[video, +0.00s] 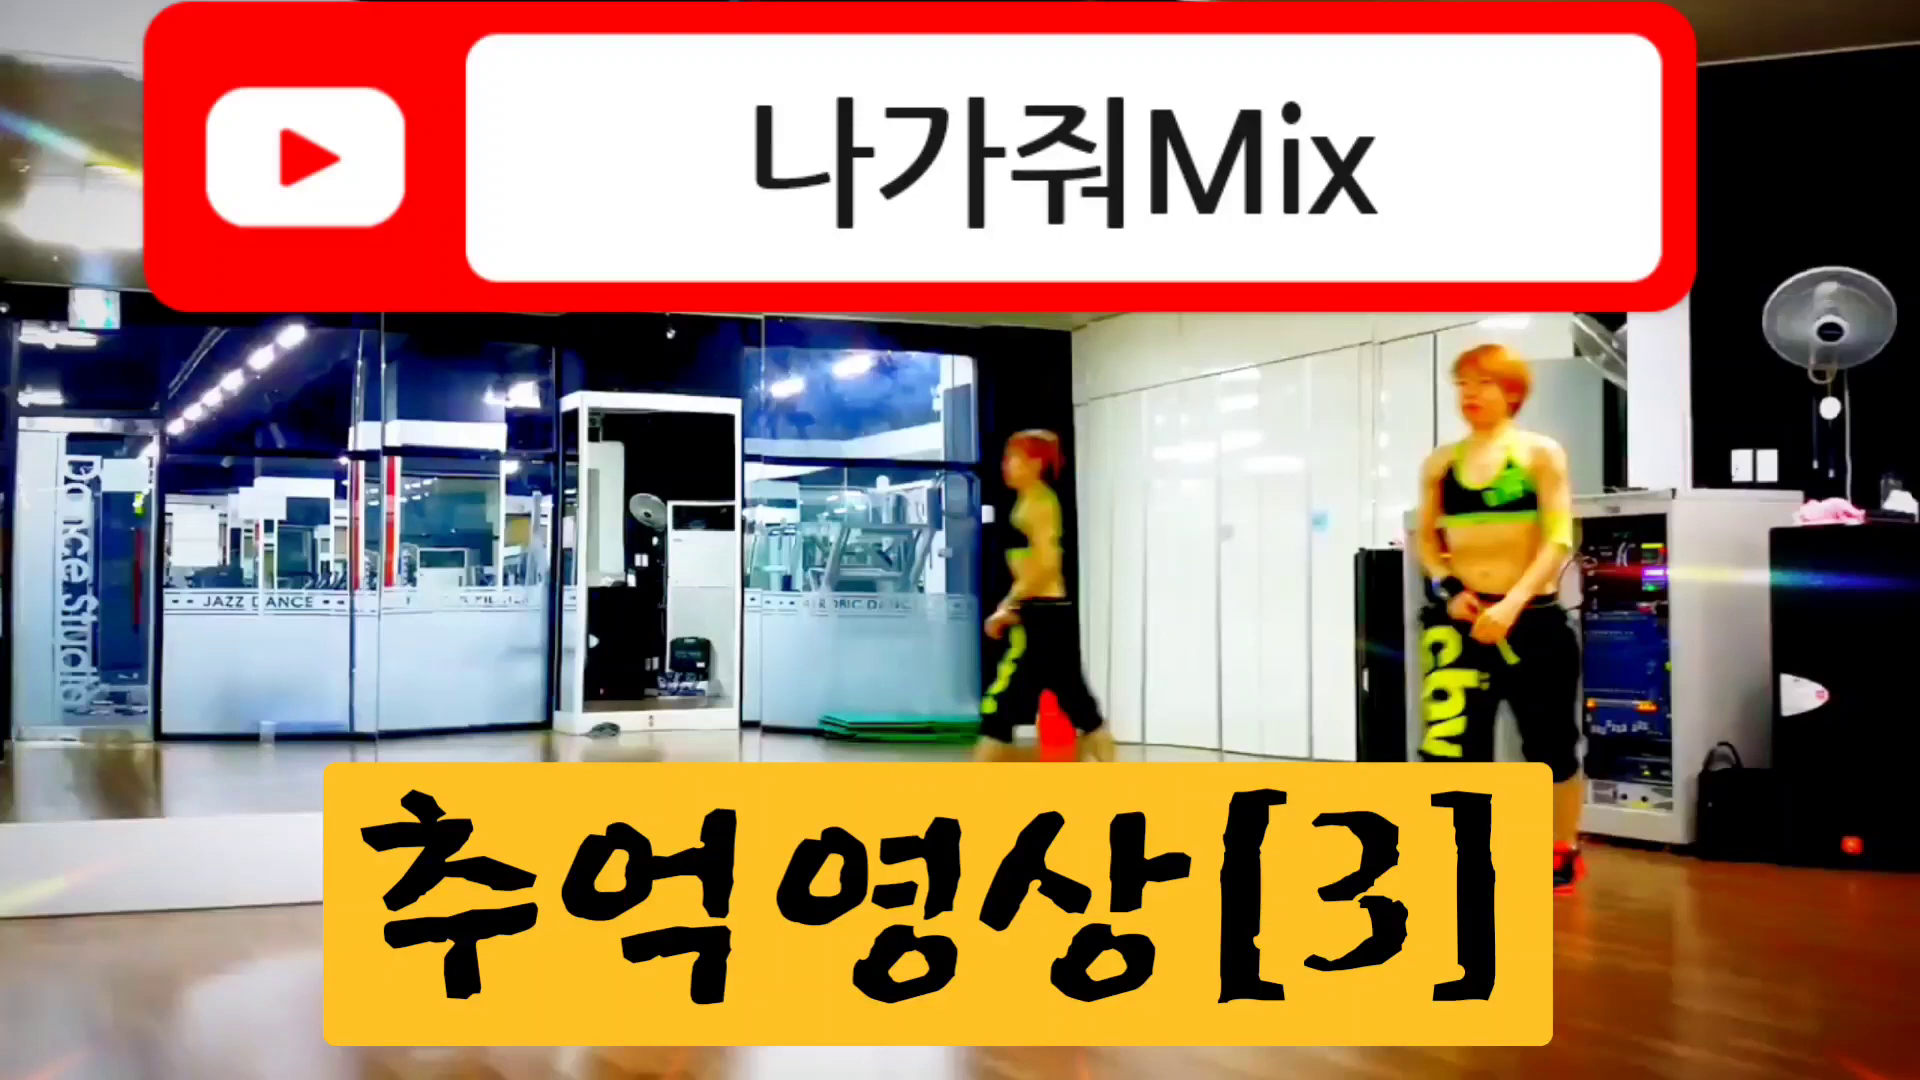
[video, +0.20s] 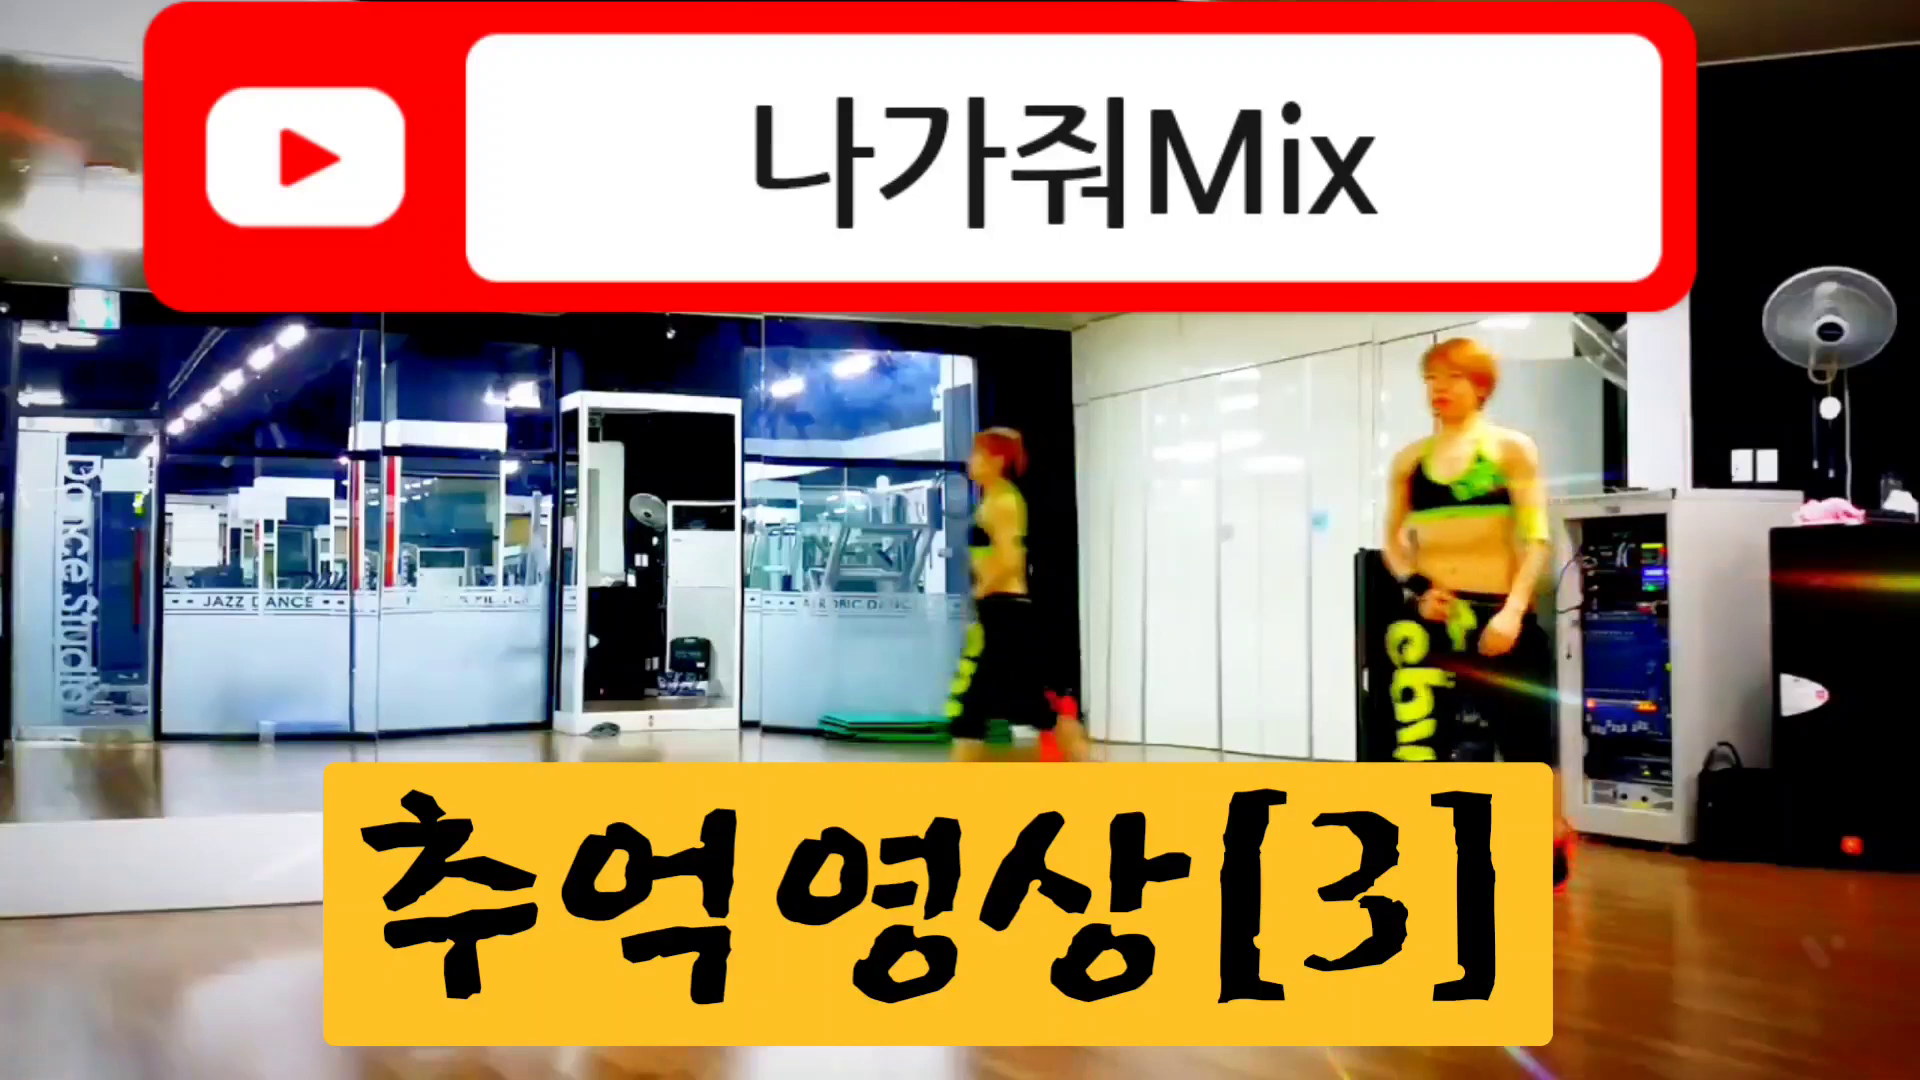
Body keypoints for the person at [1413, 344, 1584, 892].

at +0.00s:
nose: (1470, 395)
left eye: (1483, 384)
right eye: (1464, 384)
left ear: (1512, 393)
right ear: (1455, 392)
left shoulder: (1541, 456)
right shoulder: (1440, 464)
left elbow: (1559, 542)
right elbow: (1426, 542)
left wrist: (1510, 606)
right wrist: (1451, 589)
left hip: (1534, 621)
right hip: (1463, 624)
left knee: (1553, 749)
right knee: (1457, 753)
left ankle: (1562, 850)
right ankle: (1460, 854)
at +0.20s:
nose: (1439, 391)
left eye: (1451, 380)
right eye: (1433, 380)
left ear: (1480, 387)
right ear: (1426, 387)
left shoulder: (1513, 451)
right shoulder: (1409, 461)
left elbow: (1536, 540)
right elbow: (1394, 545)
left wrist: (1512, 613)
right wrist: (1420, 588)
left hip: (1503, 624)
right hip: (1434, 626)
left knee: (1524, 750)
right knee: (1435, 752)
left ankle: (1549, 842)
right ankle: (1442, 855)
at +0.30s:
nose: (1401, 372)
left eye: (1414, 362)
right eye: (1393, 362)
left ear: (1443, 371)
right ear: (1386, 370)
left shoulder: (1474, 436)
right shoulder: (1369, 447)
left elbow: (1504, 524)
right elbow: (1343, 524)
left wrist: (1523, 603)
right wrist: (1365, 574)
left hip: (1457, 602)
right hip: (1387, 605)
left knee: (1457, 736)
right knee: (1388, 736)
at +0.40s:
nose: (1374, 369)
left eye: (1387, 358)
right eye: (1366, 359)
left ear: (1417, 368)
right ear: (1358, 366)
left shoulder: (1446, 434)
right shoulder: (1342, 440)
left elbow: (1489, 520)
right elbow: (1306, 515)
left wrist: (1525, 600)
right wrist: (1332, 577)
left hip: (1428, 599)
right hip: (1359, 602)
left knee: (1421, 742)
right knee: (1374, 744)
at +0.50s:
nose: (1355, 371)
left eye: (1369, 360)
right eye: (1348, 360)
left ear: (1397, 371)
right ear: (1338, 368)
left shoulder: (1424, 438)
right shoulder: (1321, 444)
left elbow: (1477, 521)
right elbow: (1282, 519)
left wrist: (1520, 598)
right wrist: (1304, 585)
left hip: (1409, 603)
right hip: (1341, 607)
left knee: (1385, 749)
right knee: (1371, 750)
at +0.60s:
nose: (1319, 375)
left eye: (1332, 364)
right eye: (1314, 365)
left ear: (1366, 374)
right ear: (1308, 371)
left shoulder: (1391, 442)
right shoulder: (1292, 446)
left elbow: (1451, 526)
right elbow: (1255, 521)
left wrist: (1499, 607)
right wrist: (1255, 584)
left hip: (1374, 611)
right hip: (1308, 615)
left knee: (1377, 753)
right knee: (1340, 752)